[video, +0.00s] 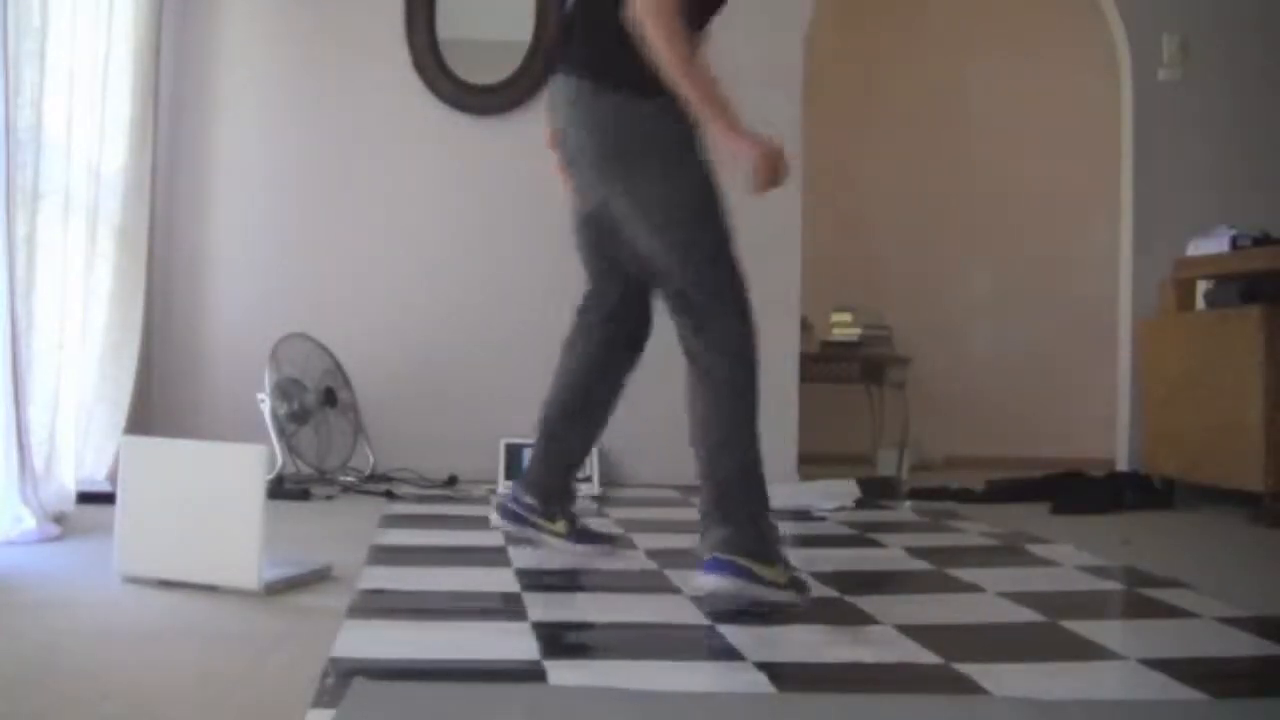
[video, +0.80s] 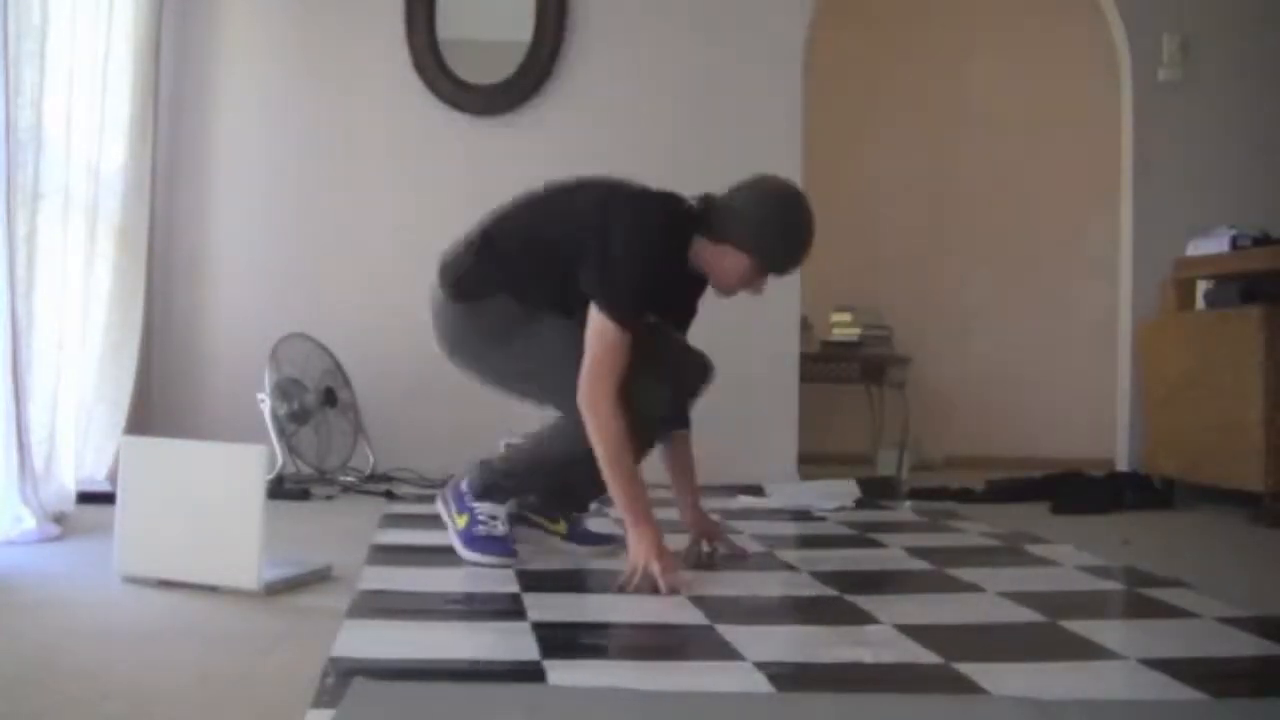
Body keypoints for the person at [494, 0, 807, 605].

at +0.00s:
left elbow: (573, 18)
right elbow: (649, 10)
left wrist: (565, 116)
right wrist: (730, 130)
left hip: (588, 94)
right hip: (631, 105)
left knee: (616, 310)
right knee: (718, 319)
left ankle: (539, 495)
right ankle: (739, 544)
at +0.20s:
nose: (803, 62)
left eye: (817, 56)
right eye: (814, 47)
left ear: (785, 9)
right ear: (794, 12)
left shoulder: (713, 33)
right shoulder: (699, 22)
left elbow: (663, 157)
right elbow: (624, 140)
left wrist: (667, 279)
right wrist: (659, 283)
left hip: (566, 137)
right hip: (533, 133)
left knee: (630, 317)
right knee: (629, 316)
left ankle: (556, 487)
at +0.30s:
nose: (785, 151)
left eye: (796, 144)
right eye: (793, 136)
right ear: (774, 104)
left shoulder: (707, 128)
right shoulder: (684, 109)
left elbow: (684, 266)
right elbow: (647, 264)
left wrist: (709, 386)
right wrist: (652, 404)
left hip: (543, 164)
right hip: (494, 154)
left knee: (616, 332)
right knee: (589, 323)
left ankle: (537, 501)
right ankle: (476, 483)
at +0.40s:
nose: (772, 209)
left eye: (783, 200)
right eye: (778, 193)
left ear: (757, 161)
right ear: (757, 164)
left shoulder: (703, 181)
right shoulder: (667, 157)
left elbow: (695, 316)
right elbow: (644, 332)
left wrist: (725, 447)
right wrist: (658, 465)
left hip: (550, 186)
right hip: (481, 166)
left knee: (611, 344)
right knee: (564, 342)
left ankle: (534, 501)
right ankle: (465, 500)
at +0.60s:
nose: (744, 297)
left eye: (754, 290)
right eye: (749, 283)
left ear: (728, 245)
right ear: (730, 254)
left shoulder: (687, 257)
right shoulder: (643, 232)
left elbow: (672, 380)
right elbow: (607, 389)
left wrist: (693, 510)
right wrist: (640, 524)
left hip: (525, 221)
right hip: (466, 214)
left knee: (637, 355)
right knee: (577, 356)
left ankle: (536, 503)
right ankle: (463, 503)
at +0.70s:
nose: (754, 300)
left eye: (765, 291)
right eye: (760, 285)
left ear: (736, 249)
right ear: (739, 256)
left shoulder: (690, 264)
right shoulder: (646, 236)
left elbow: (667, 383)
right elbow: (600, 391)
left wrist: (690, 509)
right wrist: (640, 528)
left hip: (530, 274)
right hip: (471, 271)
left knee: (658, 373)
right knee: (611, 386)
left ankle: (542, 504)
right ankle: (471, 496)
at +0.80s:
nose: (758, 287)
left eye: (767, 276)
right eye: (762, 271)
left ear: (733, 243)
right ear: (736, 247)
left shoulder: (687, 265)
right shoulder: (640, 239)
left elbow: (670, 384)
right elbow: (595, 395)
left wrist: (690, 509)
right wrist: (641, 530)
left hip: (538, 310)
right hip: (479, 310)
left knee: (679, 374)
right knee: (644, 395)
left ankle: (551, 501)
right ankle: (477, 494)